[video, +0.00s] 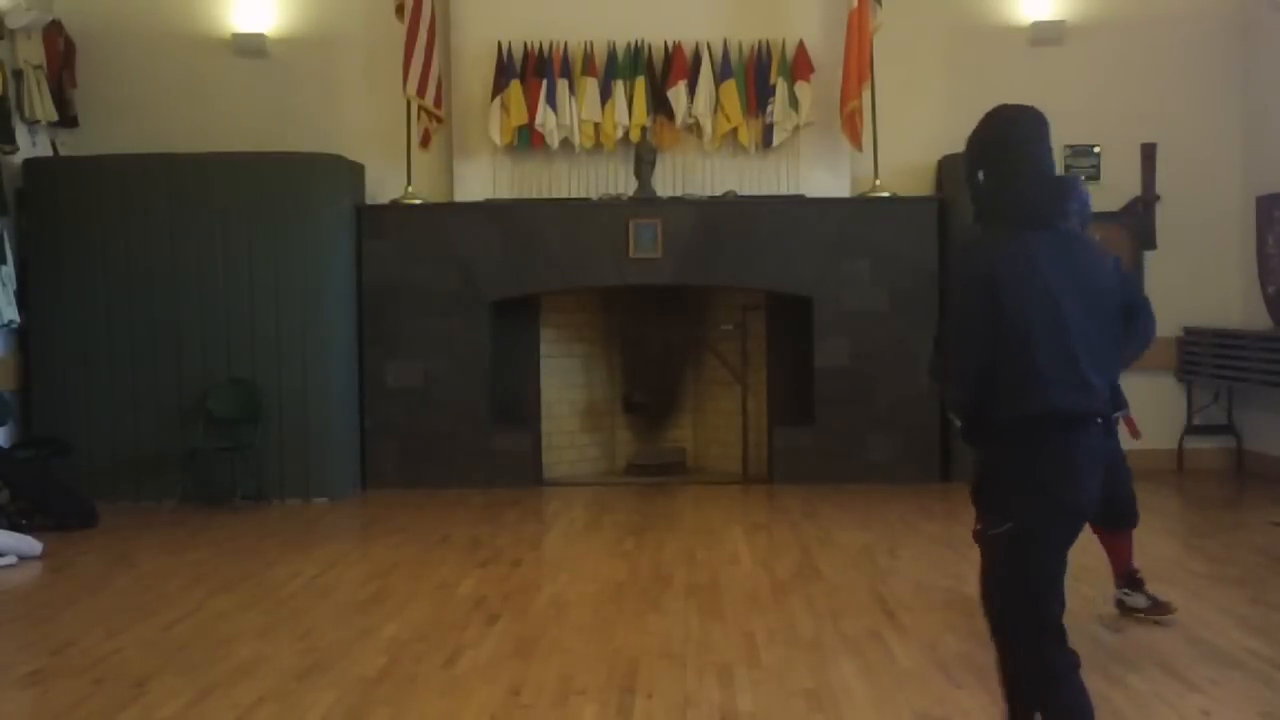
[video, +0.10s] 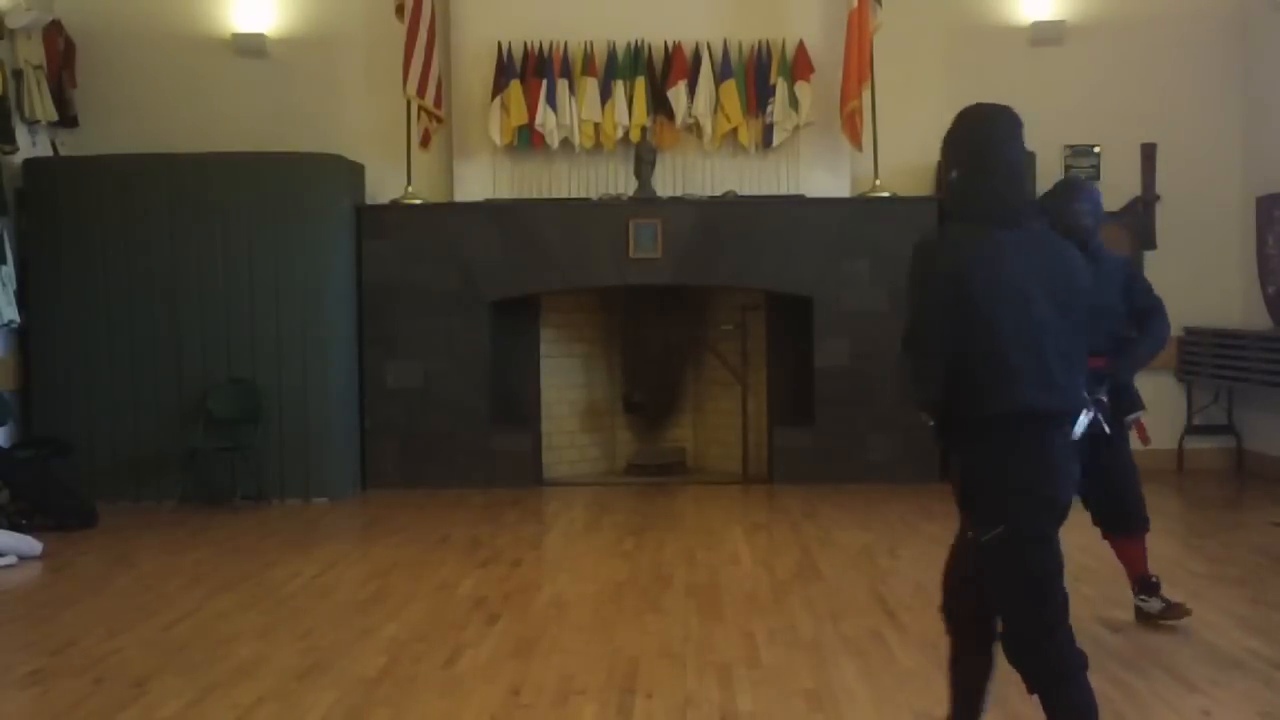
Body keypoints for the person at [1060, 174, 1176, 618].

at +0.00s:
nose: (1078, 229)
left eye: (1082, 219)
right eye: (1071, 219)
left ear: (1087, 221)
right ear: (1052, 220)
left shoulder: (1094, 271)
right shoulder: (1039, 272)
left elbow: (1098, 357)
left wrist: (1121, 407)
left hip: (1095, 415)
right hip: (1049, 417)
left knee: (1115, 502)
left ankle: (1128, 584)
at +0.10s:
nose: (1081, 228)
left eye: (1089, 219)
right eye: (1071, 219)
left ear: (1097, 221)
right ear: (1051, 220)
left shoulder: (1114, 270)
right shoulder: (1034, 268)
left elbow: (1155, 326)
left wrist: (1119, 369)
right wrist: (1056, 370)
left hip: (1101, 401)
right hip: (1045, 403)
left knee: (1119, 498)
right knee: (1033, 507)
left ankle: (1145, 592)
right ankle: (1011, 601)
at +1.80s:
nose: (1065, 228)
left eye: (1076, 217)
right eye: (1064, 218)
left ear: (1109, 216)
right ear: (1074, 220)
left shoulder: (1164, 268)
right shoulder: (1074, 269)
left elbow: (1199, 355)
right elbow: (1054, 337)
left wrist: (1142, 396)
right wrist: (1062, 372)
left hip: (1158, 423)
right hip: (1098, 418)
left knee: (1153, 529)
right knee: (1090, 519)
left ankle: (1165, 641)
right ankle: (1084, 614)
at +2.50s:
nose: (1124, 230)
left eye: (1133, 219)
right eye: (1119, 220)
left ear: (1161, 216)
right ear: (1116, 224)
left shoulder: (1205, 267)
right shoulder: (1115, 279)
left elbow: (1223, 345)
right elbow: (1099, 350)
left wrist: (1170, 397)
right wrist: (1097, 402)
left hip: (1195, 415)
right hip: (1134, 415)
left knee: (1198, 512)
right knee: (1125, 512)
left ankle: (1221, 613)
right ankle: (1147, 607)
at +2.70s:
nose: (1145, 230)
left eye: (1152, 219)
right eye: (1144, 221)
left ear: (1180, 217)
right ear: (1153, 224)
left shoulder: (1230, 266)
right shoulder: (1152, 280)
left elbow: (1237, 343)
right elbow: (1137, 346)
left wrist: (1179, 380)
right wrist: (1123, 392)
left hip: (1230, 404)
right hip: (1171, 405)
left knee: (1241, 500)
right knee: (1147, 502)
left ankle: (1279, 577)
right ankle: (1149, 605)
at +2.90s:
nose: (1191, 229)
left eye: (1200, 219)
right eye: (1190, 219)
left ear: (1224, 219)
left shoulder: (1261, 272)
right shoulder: (1198, 276)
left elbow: (1261, 347)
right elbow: (1183, 345)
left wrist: (1206, 396)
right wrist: (1171, 393)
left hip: (1259, 420)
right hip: (1208, 417)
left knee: (1272, 519)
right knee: (1189, 507)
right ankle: (1166, 595)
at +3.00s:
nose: (1208, 225)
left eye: (1215, 215)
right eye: (1206, 215)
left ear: (1239, 214)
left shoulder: (1263, 265)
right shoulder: (1213, 269)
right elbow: (1196, 339)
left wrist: (1195, 398)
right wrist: (1191, 391)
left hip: (1262, 411)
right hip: (1222, 408)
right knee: (1206, 495)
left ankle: (1199, 589)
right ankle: (1198, 590)